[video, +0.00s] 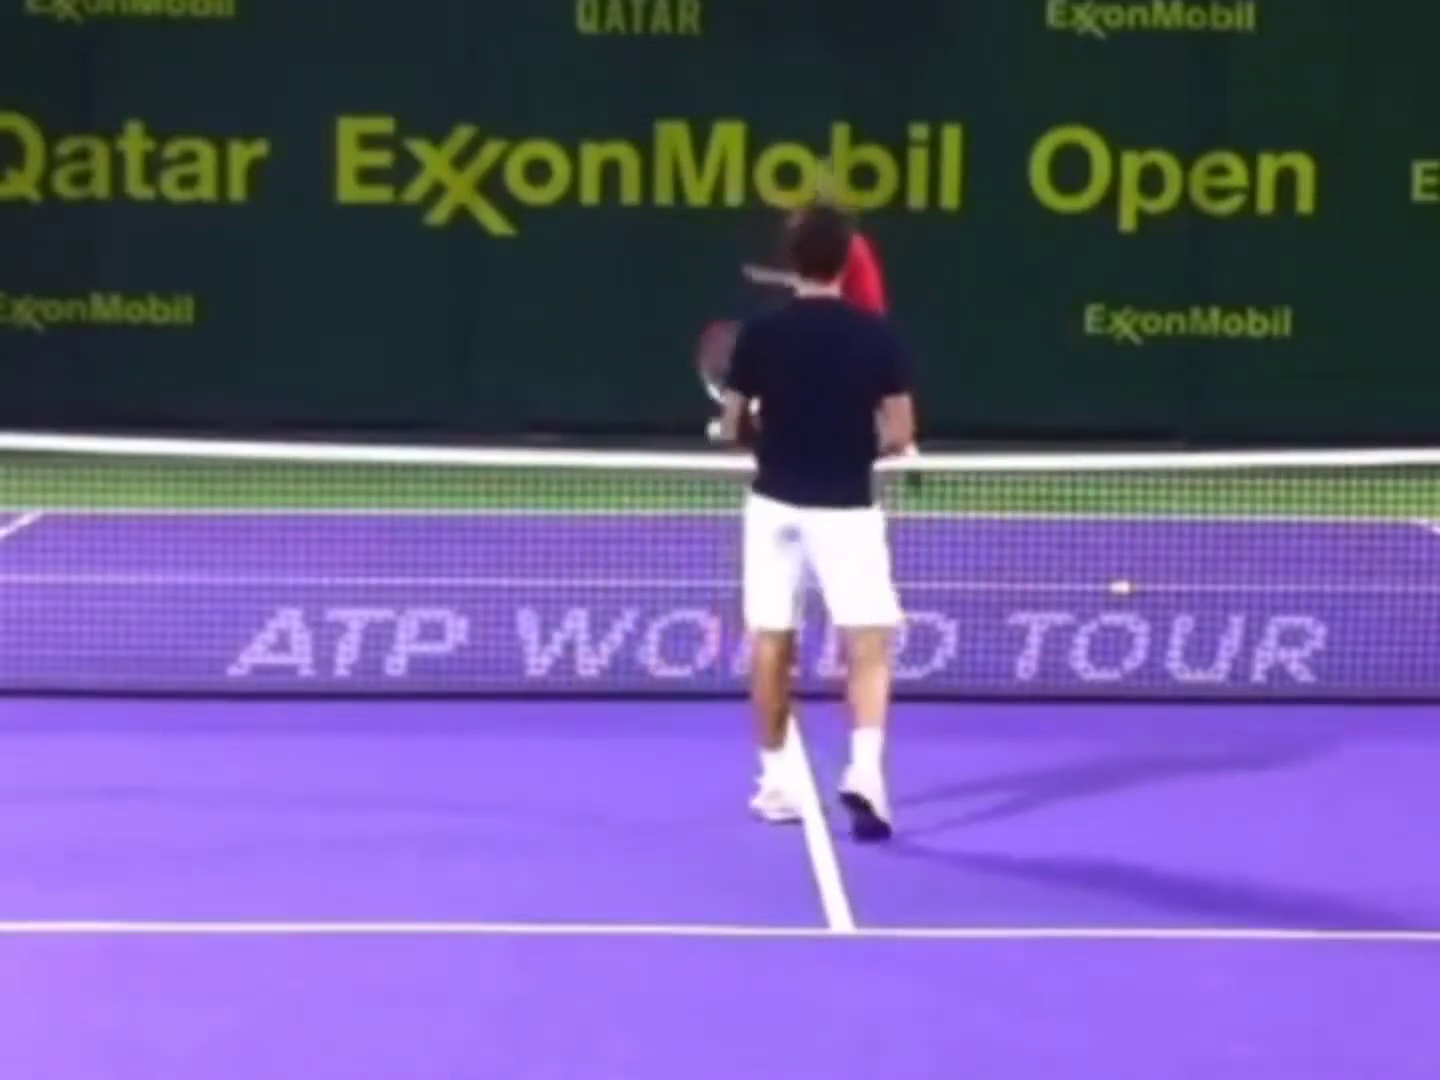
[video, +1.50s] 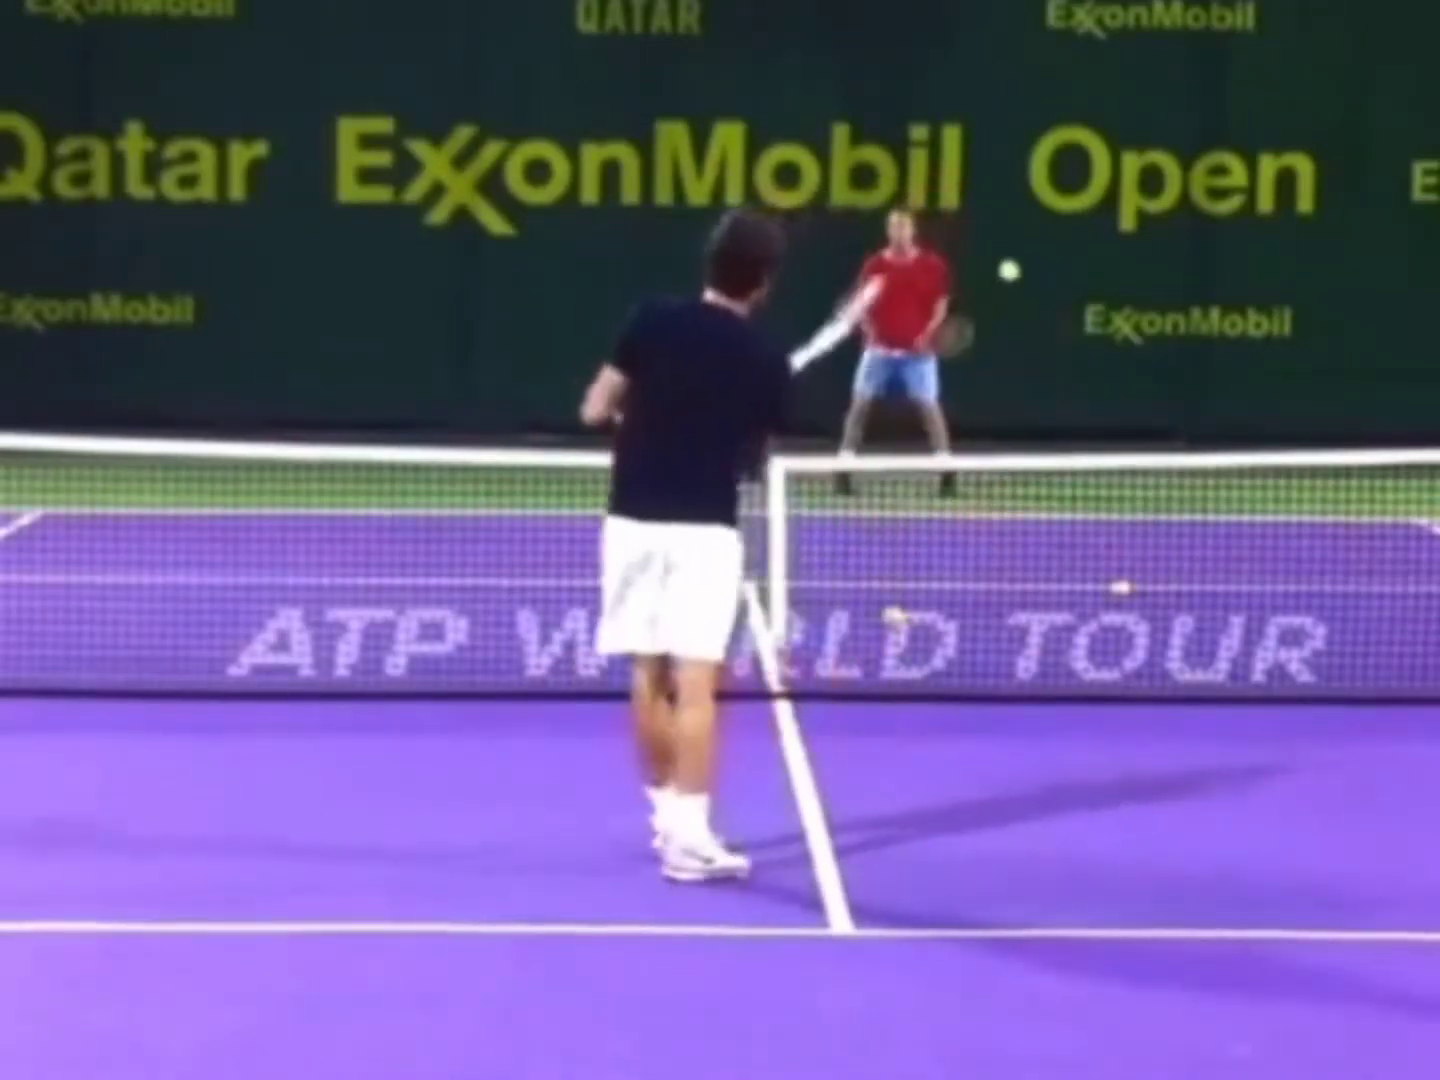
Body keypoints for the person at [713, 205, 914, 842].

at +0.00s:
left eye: (800, 257)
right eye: (839, 254)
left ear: (790, 263)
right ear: (848, 262)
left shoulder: (761, 329)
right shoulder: (874, 334)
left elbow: (734, 418)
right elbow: (898, 431)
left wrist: (769, 428)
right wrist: (851, 444)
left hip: (772, 502)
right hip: (845, 508)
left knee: (770, 639)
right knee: (870, 638)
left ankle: (779, 775)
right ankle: (864, 767)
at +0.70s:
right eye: (816, 270)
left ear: (770, 270)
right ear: (823, 275)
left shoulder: (728, 332)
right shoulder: (841, 343)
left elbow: (688, 419)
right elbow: (873, 447)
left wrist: (730, 428)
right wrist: (853, 494)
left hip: (731, 516)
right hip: (808, 523)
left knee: (706, 664)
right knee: (841, 658)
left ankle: (685, 808)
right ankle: (859, 805)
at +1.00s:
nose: (779, 272)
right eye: (781, 263)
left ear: (725, 260)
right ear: (780, 270)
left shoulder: (675, 319)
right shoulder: (777, 338)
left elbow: (599, 392)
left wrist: (633, 452)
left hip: (666, 516)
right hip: (741, 522)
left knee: (672, 667)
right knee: (783, 660)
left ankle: (678, 818)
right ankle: (797, 813)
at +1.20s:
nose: (778, 281)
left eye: (775, 269)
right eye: (779, 272)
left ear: (720, 258)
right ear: (769, 276)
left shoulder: (661, 315)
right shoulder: (760, 342)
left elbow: (589, 389)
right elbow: (784, 441)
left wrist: (631, 432)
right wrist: (827, 486)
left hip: (650, 516)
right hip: (721, 521)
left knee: (660, 672)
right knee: (734, 668)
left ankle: (676, 815)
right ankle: (724, 813)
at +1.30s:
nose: (771, 281)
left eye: (765, 268)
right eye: (774, 272)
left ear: (714, 261)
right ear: (768, 277)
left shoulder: (659, 317)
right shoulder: (765, 348)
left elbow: (588, 389)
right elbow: (767, 446)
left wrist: (634, 424)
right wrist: (773, 453)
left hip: (646, 515)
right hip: (716, 522)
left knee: (659, 671)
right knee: (715, 672)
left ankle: (673, 813)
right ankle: (698, 812)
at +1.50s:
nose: (765, 287)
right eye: (767, 278)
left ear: (707, 268)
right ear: (764, 285)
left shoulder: (654, 323)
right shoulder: (765, 358)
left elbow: (596, 408)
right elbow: (763, 450)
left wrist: (652, 413)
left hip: (633, 523)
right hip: (707, 530)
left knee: (649, 676)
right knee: (697, 683)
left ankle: (665, 811)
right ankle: (690, 827)